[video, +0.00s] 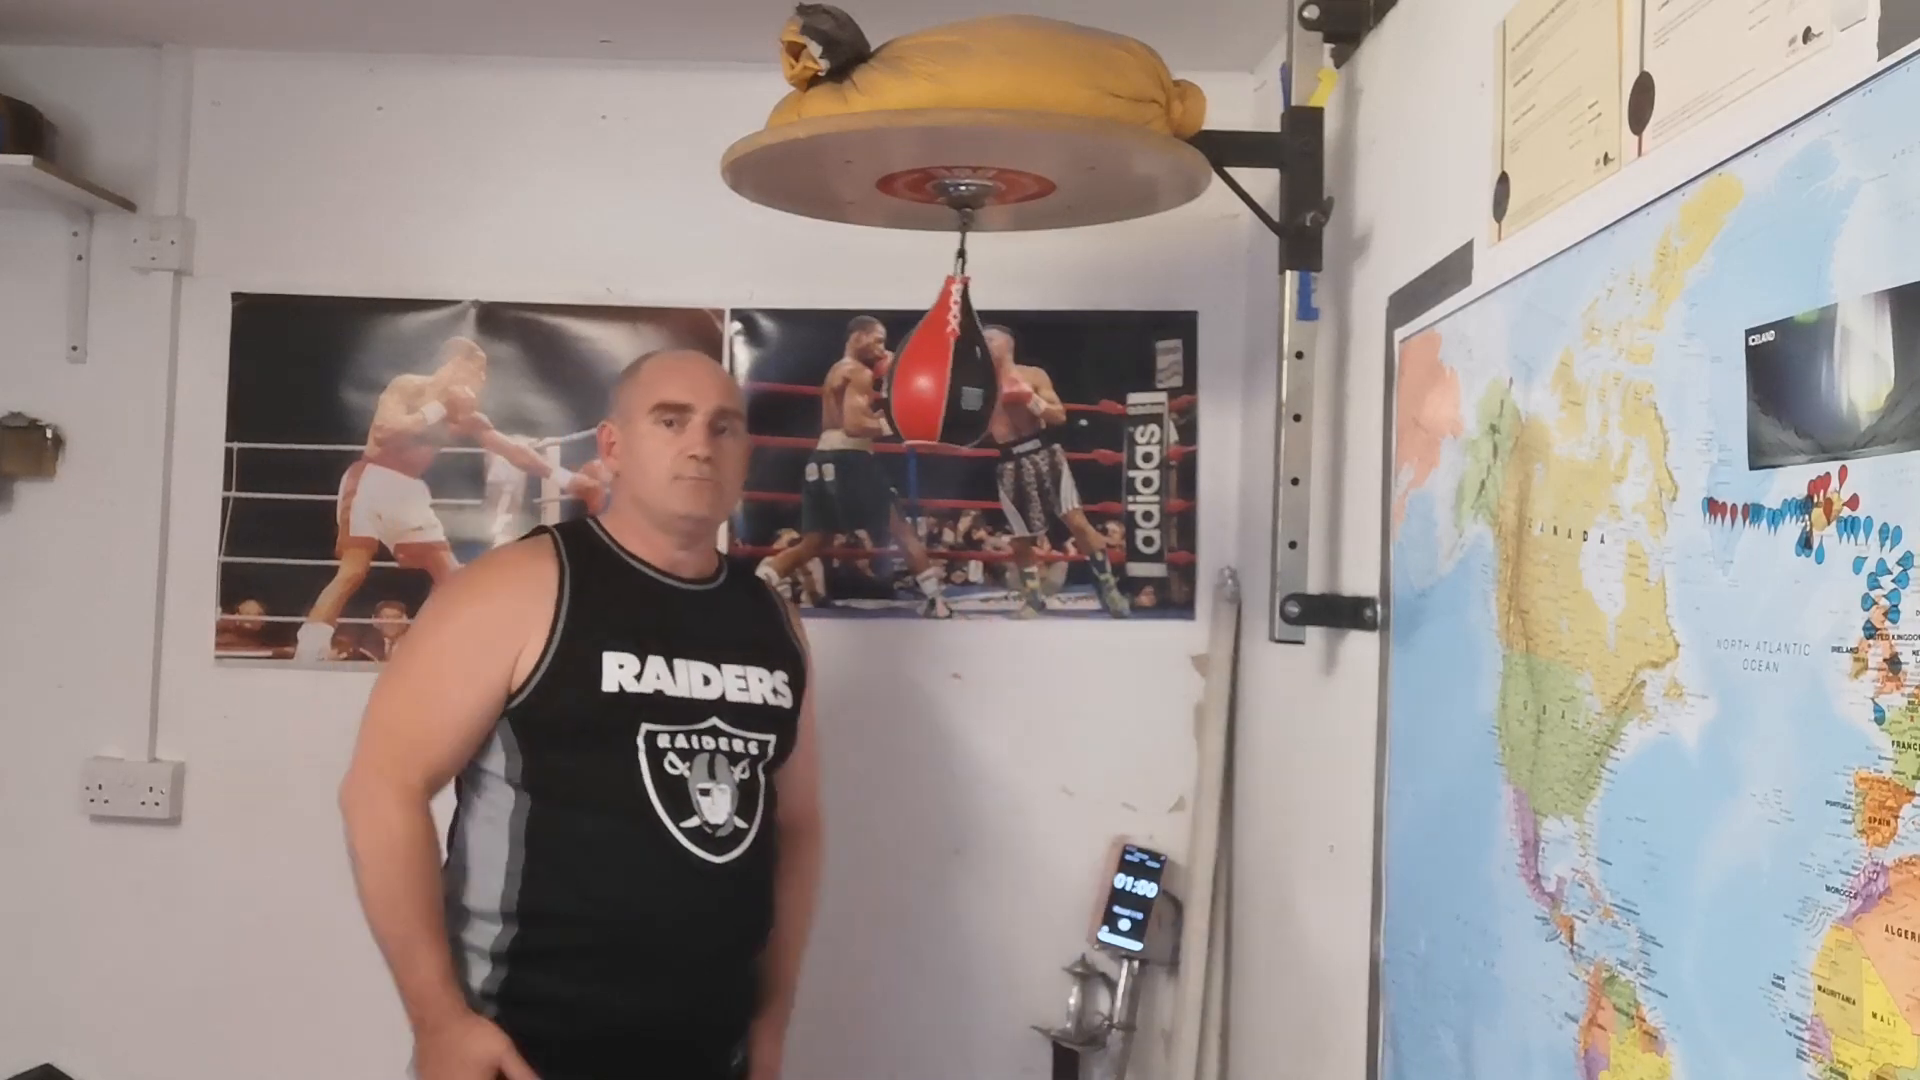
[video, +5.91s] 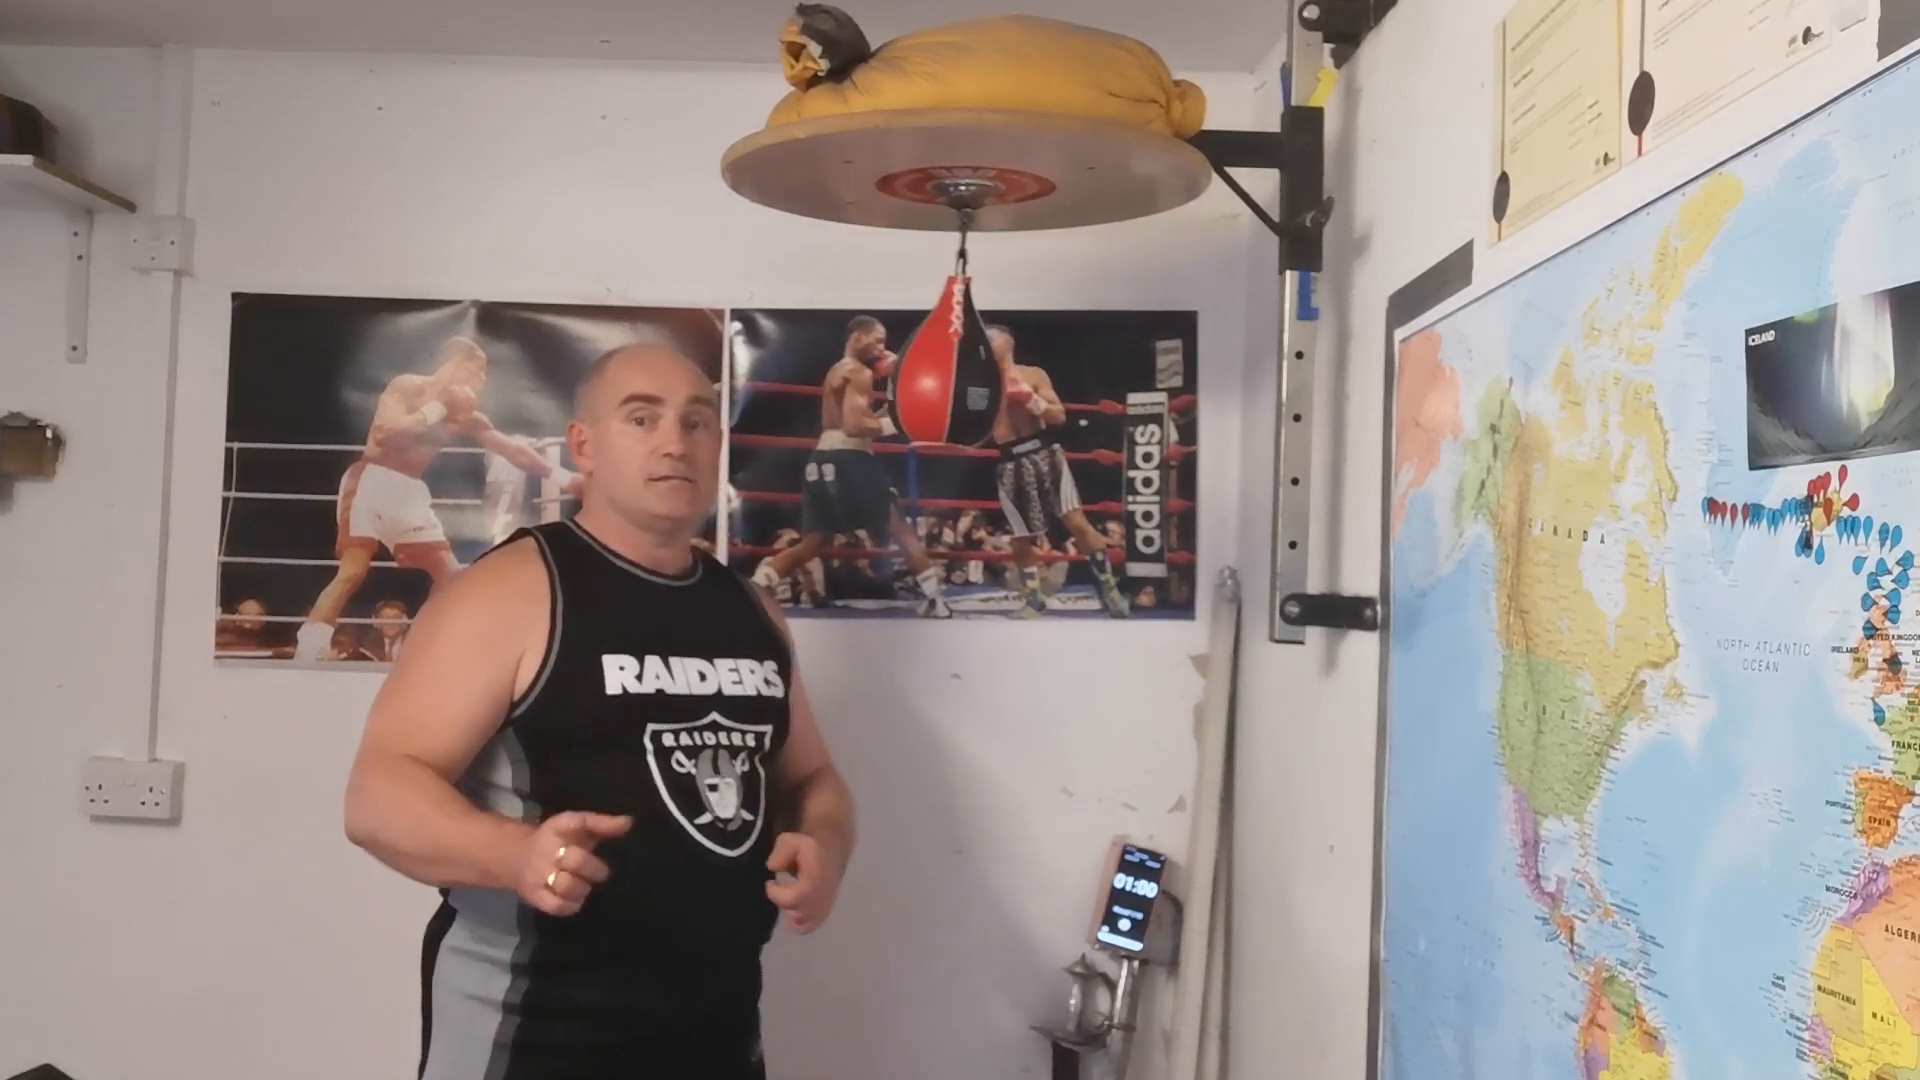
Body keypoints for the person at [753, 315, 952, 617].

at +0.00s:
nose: (881, 348)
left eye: (883, 342)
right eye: (877, 341)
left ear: (855, 340)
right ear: (857, 337)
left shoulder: (833, 373)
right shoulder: (858, 372)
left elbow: (834, 422)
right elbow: (853, 425)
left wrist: (880, 375)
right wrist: (888, 424)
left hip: (821, 462)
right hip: (852, 462)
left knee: (815, 542)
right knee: (902, 529)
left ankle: (754, 589)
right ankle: (936, 598)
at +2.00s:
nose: (882, 349)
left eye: (883, 343)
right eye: (878, 341)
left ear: (854, 341)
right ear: (857, 338)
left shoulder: (833, 373)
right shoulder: (859, 373)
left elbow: (834, 421)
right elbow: (854, 424)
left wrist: (876, 372)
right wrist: (886, 425)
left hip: (820, 462)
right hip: (853, 462)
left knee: (814, 542)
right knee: (903, 531)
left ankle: (754, 588)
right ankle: (937, 600)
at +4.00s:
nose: (881, 348)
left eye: (882, 342)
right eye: (878, 341)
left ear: (855, 340)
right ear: (857, 337)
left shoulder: (833, 373)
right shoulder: (859, 373)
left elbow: (834, 422)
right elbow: (854, 425)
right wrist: (887, 424)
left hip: (820, 462)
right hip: (853, 461)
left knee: (815, 541)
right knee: (900, 529)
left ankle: (756, 588)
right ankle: (936, 597)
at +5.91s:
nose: (881, 349)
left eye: (883, 343)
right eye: (878, 341)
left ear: (855, 340)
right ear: (858, 337)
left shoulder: (833, 373)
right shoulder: (859, 373)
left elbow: (835, 421)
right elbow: (854, 425)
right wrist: (891, 422)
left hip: (820, 463)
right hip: (852, 463)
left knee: (814, 542)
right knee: (902, 530)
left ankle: (755, 587)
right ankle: (935, 598)